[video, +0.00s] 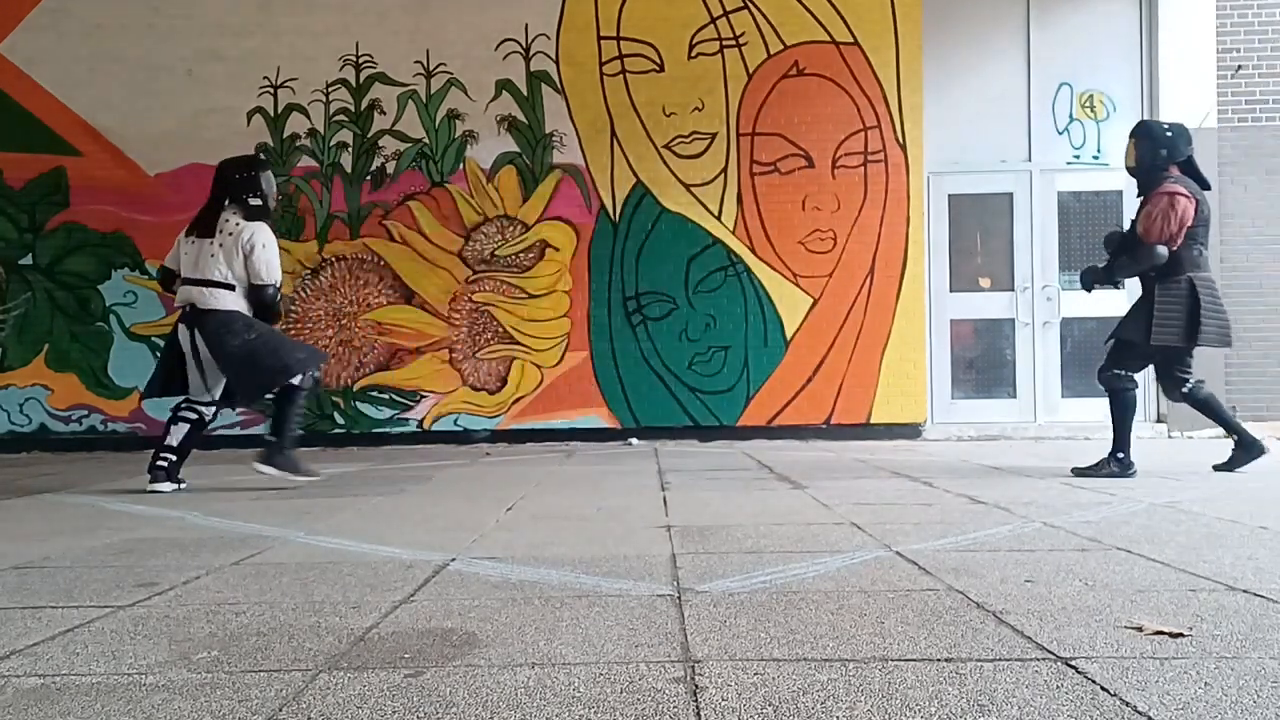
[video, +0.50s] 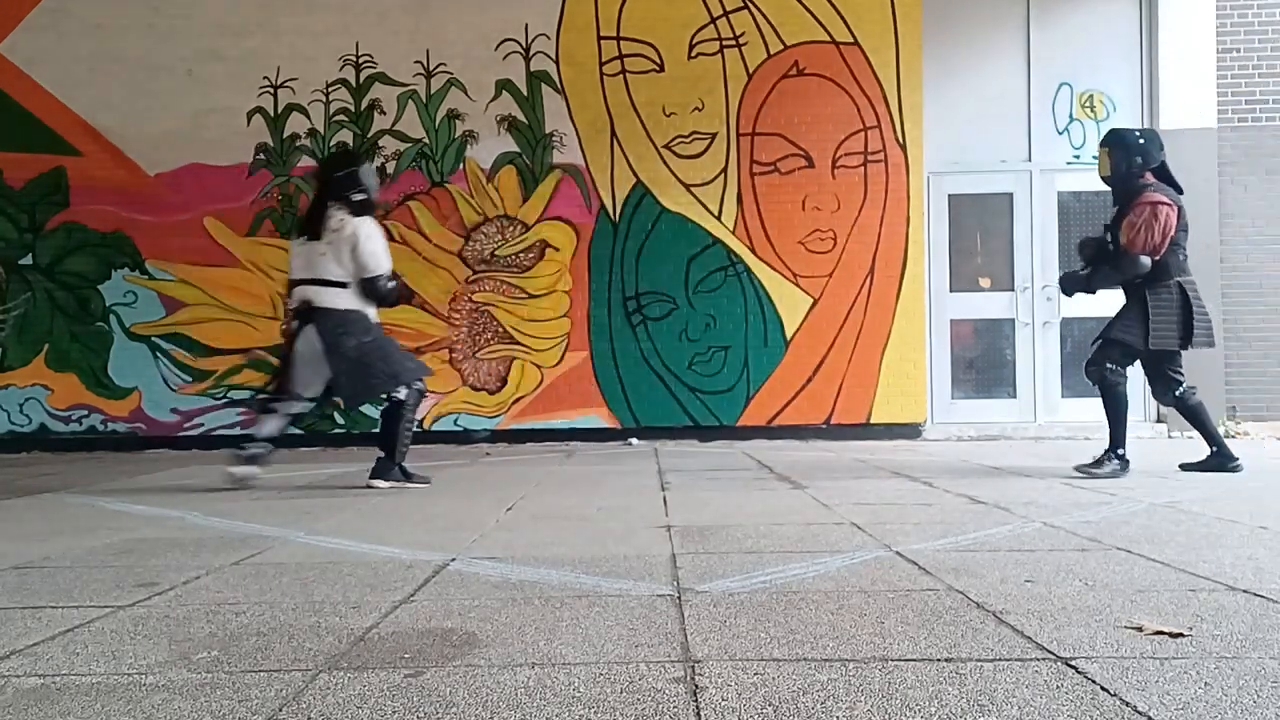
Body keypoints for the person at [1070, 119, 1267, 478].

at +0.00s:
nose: (1130, 156)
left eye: (1136, 149)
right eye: (1131, 148)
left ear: (1158, 154)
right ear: (1166, 155)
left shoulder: (1169, 195)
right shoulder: (1176, 189)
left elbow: (1152, 254)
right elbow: (1162, 244)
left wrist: (1105, 272)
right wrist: (1126, 242)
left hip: (1168, 297)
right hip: (1180, 296)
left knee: (1116, 373)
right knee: (1177, 383)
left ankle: (1120, 459)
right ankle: (1246, 442)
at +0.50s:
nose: (1104, 166)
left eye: (1110, 158)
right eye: (1104, 158)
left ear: (1135, 161)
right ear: (1139, 162)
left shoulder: (1151, 203)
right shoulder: (1140, 198)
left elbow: (1135, 264)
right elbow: (1131, 250)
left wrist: (1085, 280)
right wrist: (1101, 252)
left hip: (1158, 299)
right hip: (1160, 298)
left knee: (1106, 365)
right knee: (1170, 386)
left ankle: (1116, 455)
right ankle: (1222, 452)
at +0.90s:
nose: (1048, 170)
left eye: (1055, 162)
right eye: (1048, 162)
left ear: (1079, 164)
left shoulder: (1121, 201)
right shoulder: (1053, 219)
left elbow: (1146, 252)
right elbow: (1050, 271)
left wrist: (1107, 287)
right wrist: (1049, 303)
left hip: (1110, 304)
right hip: (1071, 307)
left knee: (1089, 383)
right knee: (1018, 366)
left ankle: (1112, 459)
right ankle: (1053, 434)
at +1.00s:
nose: (1033, 177)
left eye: (1040, 168)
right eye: (1031, 169)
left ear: (1065, 169)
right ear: (1033, 172)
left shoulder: (1107, 206)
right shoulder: (1032, 223)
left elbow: (1134, 253)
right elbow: (1031, 277)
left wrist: (1098, 289)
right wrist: (1039, 312)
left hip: (1095, 308)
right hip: (1051, 309)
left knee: (1083, 386)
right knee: (996, 369)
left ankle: (1100, 457)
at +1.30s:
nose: (1011, 184)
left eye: (1018, 175)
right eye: (1011, 176)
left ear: (1045, 180)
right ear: (1032, 181)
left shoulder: (1083, 219)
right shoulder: (1012, 234)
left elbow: (1087, 279)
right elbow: (1005, 284)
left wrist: (1030, 304)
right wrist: (982, 293)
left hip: (1085, 316)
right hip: (1038, 317)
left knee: (1115, 398)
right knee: (984, 376)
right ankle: (962, 457)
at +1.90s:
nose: (983, 169)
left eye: (991, 161)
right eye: (983, 161)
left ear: (1017, 165)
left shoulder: (1047, 206)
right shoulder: (986, 222)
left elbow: (1049, 267)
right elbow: (985, 275)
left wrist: (991, 293)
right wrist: (957, 276)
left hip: (1052, 307)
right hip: (1007, 311)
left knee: (1094, 393)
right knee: (960, 373)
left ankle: (1157, 451)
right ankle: (972, 457)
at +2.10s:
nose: (973, 167)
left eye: (981, 158)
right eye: (972, 158)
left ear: (1005, 159)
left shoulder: (1041, 199)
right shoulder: (978, 215)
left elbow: (1049, 258)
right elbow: (970, 265)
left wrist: (998, 287)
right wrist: (945, 283)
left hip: (1045, 299)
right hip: (1002, 305)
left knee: (1066, 389)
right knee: (962, 370)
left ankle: (1120, 449)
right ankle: (972, 457)